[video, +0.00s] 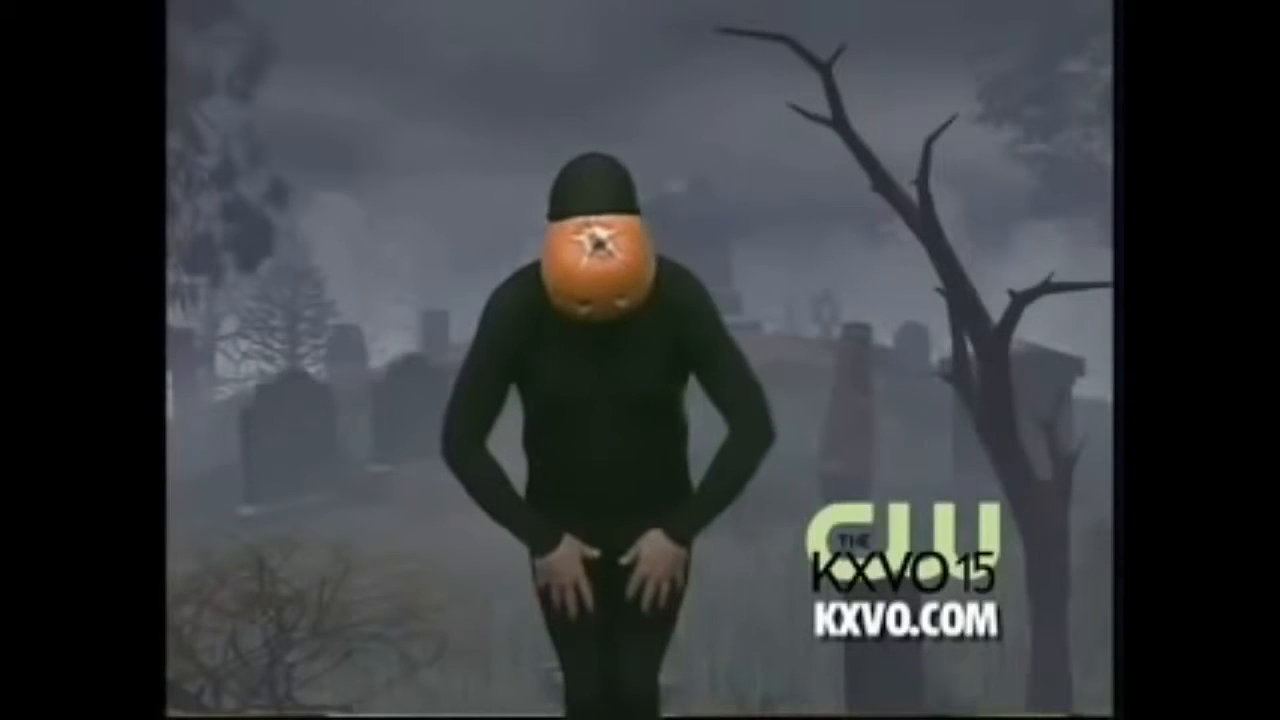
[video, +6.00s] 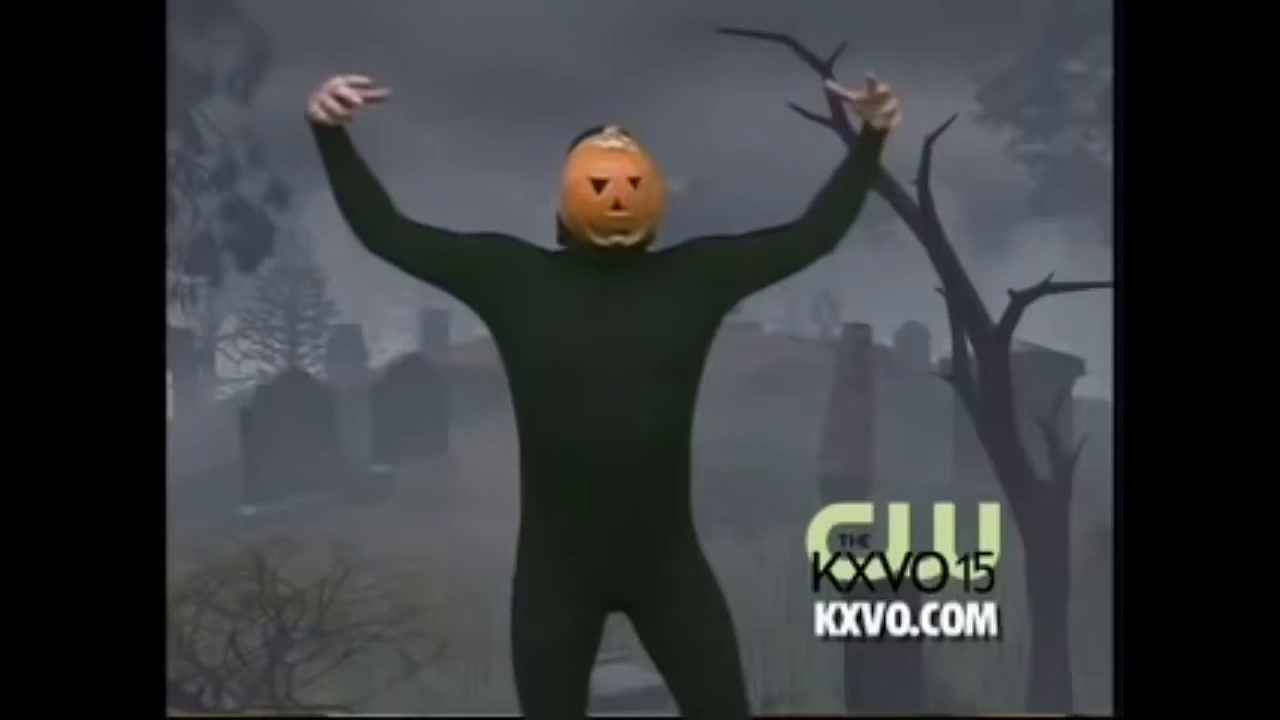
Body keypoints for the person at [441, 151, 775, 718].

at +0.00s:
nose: (597, 246)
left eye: (613, 229)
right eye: (580, 230)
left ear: (638, 230)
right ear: (553, 232)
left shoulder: (677, 298)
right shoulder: (519, 306)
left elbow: (753, 427)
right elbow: (461, 442)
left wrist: (678, 533)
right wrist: (544, 540)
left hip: (656, 520)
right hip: (560, 523)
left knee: (635, 690)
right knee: (586, 693)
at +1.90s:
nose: (610, 214)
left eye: (627, 200)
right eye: (594, 200)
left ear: (656, 215)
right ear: (565, 215)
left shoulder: (688, 297)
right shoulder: (529, 301)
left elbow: (780, 411)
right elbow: (459, 434)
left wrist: (720, 446)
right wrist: (508, 453)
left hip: (660, 530)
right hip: (564, 533)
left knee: (639, 694)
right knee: (589, 693)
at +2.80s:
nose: (614, 242)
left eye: (632, 226)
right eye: (596, 227)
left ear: (659, 219)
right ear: (562, 219)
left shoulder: (690, 301)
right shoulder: (521, 305)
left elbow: (787, 415)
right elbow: (428, 425)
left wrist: (771, 368)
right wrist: (453, 378)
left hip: (657, 532)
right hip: (562, 535)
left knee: (639, 695)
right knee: (586, 696)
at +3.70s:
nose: (614, 210)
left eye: (631, 197)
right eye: (595, 196)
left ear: (656, 210)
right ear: (561, 210)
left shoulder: (692, 301)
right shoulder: (509, 303)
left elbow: (811, 358)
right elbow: (384, 362)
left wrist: (822, 292)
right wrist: (395, 297)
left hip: (657, 541)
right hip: (556, 545)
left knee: (667, 707)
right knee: (576, 707)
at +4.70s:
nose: (618, 198)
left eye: (634, 186)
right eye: (596, 185)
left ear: (659, 211)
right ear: (559, 211)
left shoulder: (700, 294)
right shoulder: (504, 299)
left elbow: (823, 290)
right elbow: (374, 314)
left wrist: (866, 206)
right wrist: (331, 230)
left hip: (663, 554)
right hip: (554, 560)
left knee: (707, 707)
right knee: (566, 710)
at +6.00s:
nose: (617, 185)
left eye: (633, 175)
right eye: (596, 174)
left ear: (660, 200)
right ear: (561, 202)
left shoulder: (701, 276)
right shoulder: (507, 276)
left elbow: (816, 232)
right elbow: (383, 230)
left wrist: (867, 143)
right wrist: (331, 134)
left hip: (668, 560)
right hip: (555, 564)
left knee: (723, 710)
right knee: (550, 712)